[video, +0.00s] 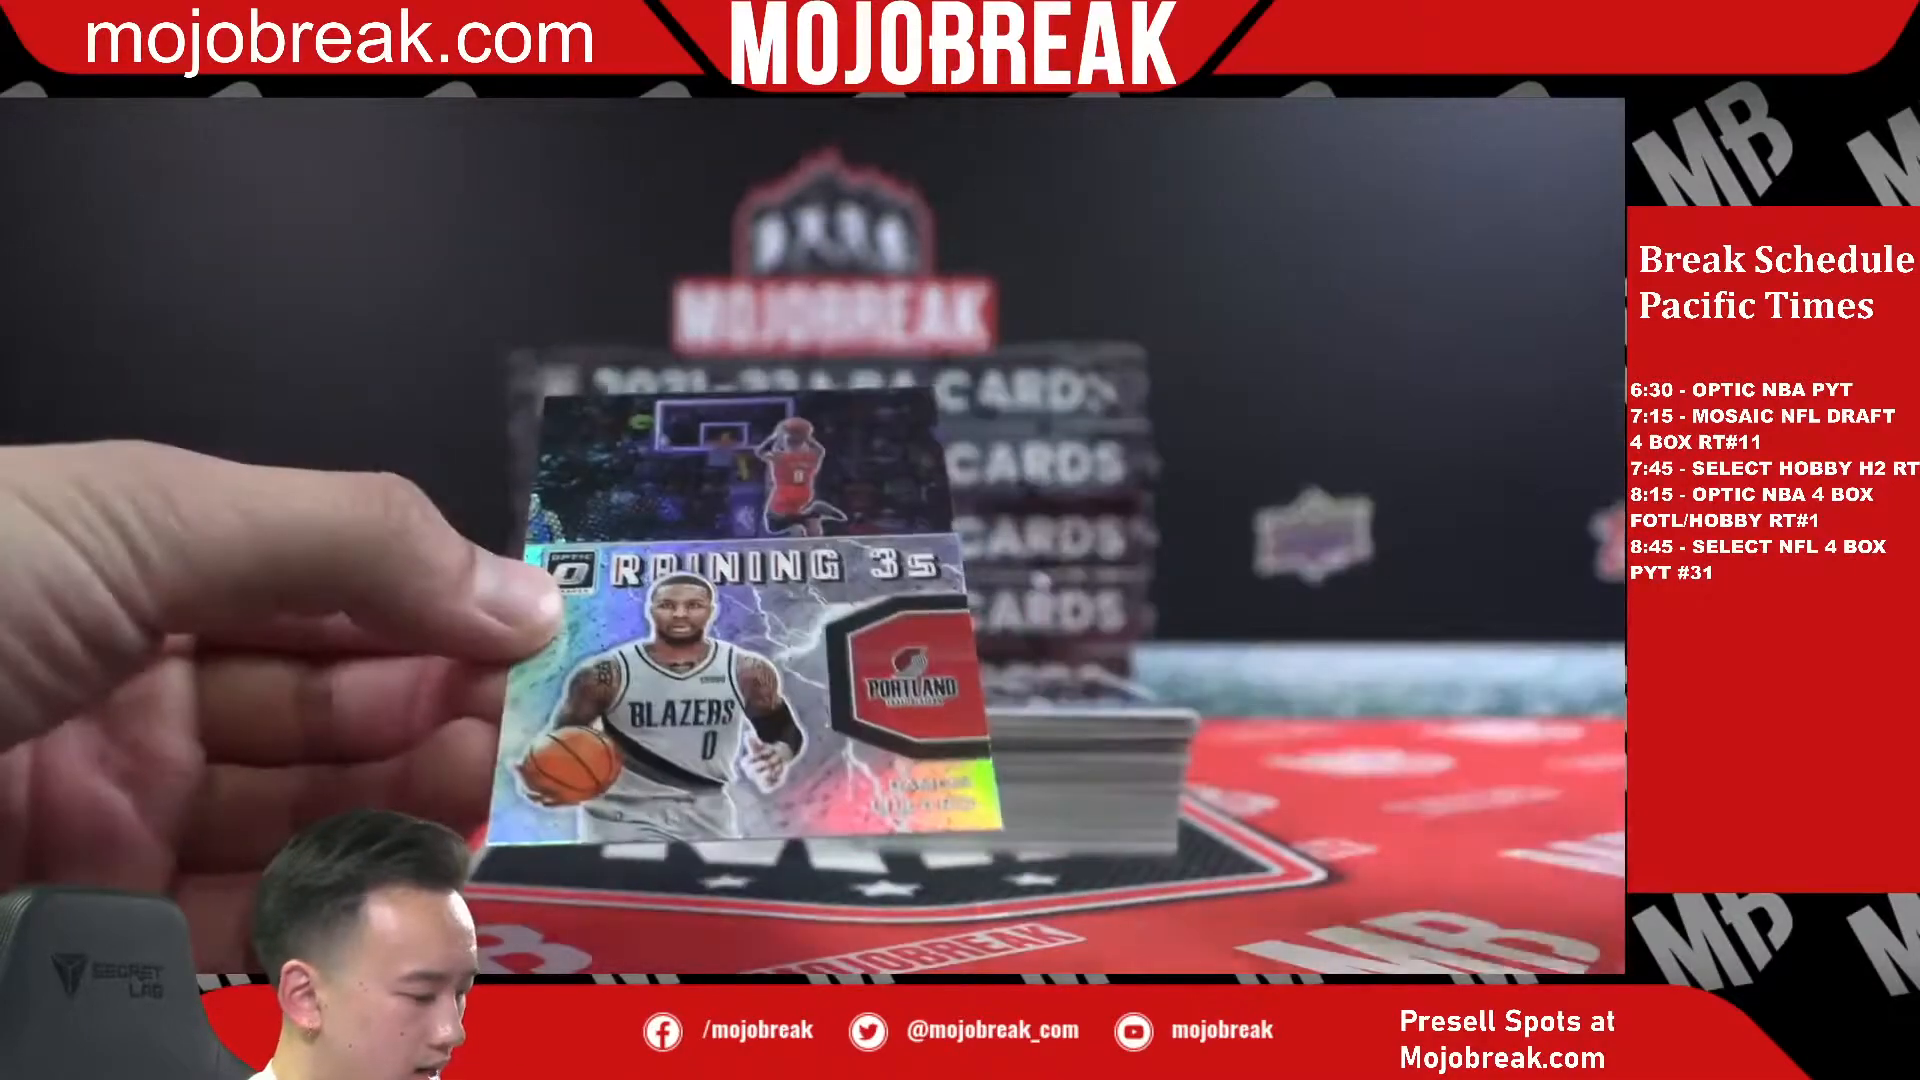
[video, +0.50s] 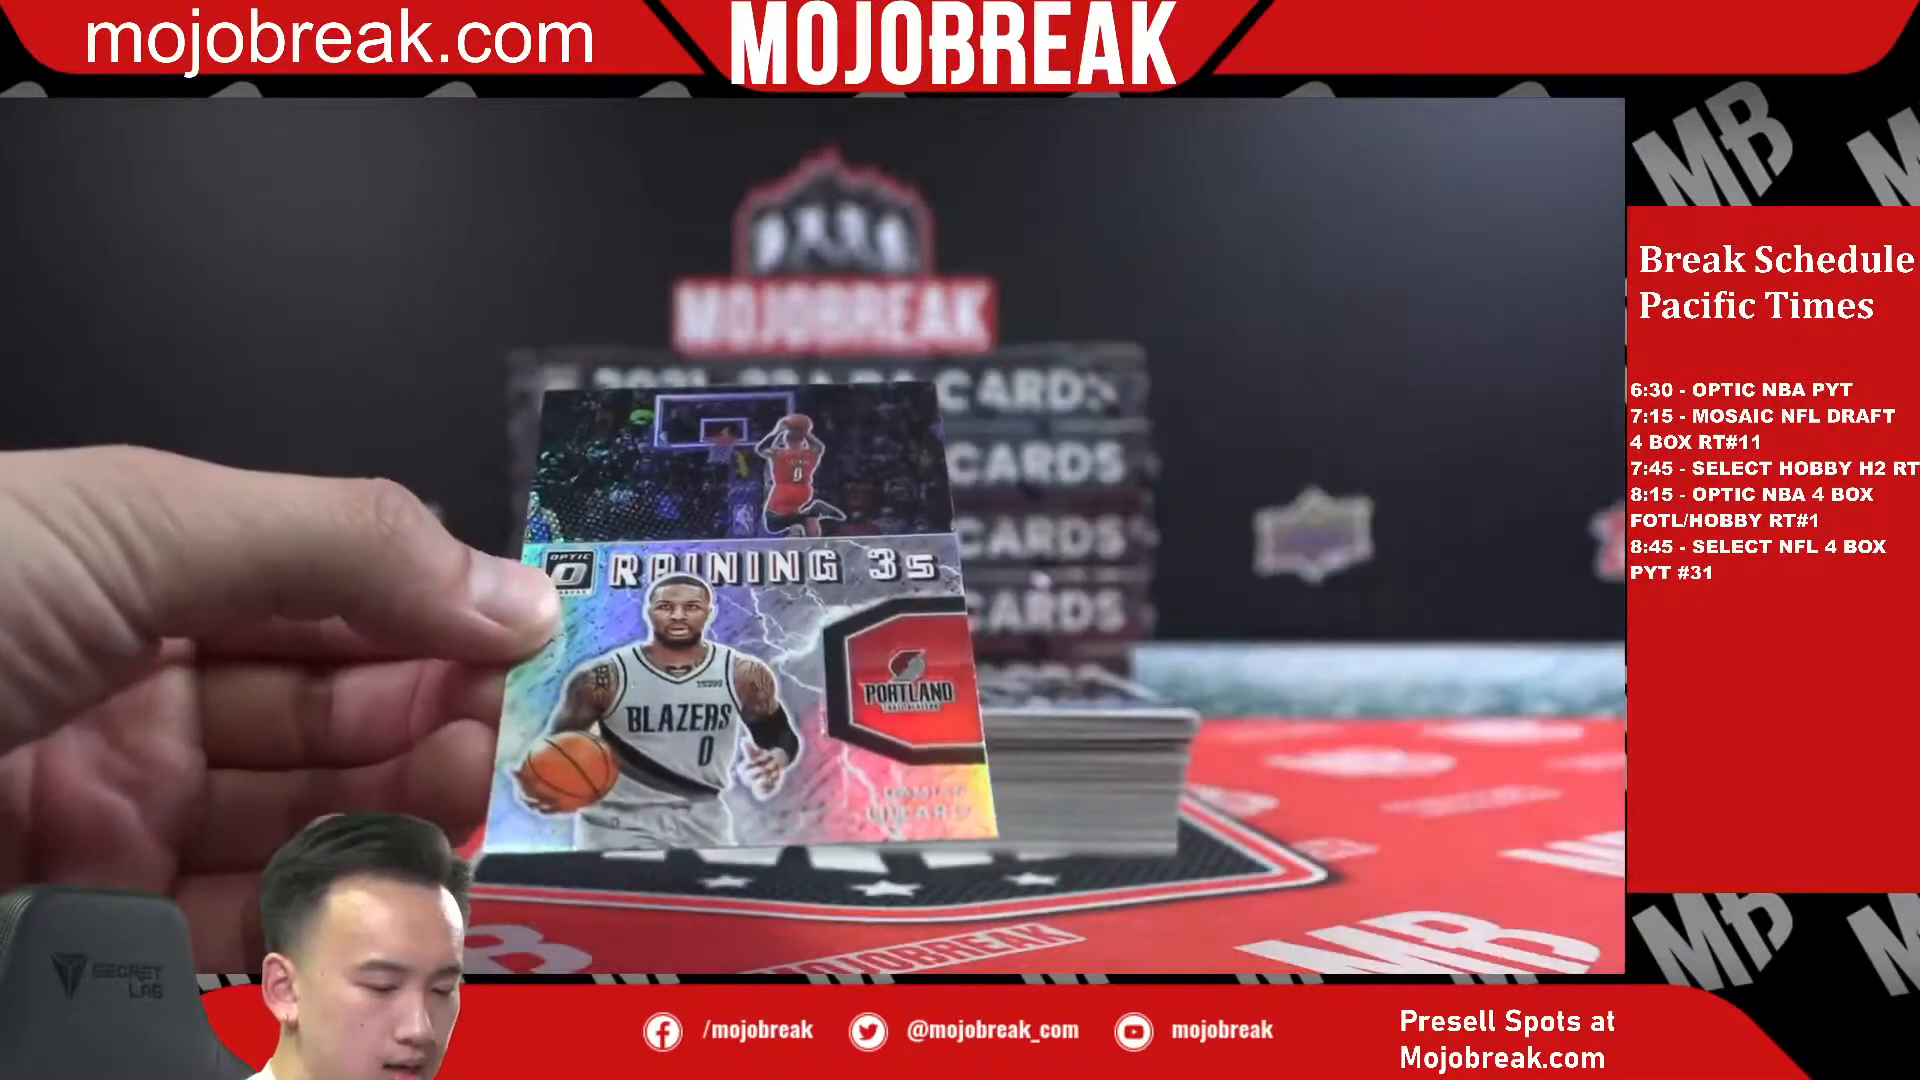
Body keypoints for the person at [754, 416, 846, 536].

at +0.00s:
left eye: (786, 437)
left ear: (786, 440)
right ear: (806, 440)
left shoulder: (777, 457)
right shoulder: (814, 457)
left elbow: (759, 452)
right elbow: (821, 450)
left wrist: (774, 436)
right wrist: (808, 437)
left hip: (782, 499)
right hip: (805, 500)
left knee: (772, 527)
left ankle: (795, 530)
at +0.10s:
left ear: (785, 444)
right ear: (803, 443)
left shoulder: (777, 457)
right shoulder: (812, 457)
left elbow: (759, 451)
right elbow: (820, 449)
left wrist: (775, 435)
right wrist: (806, 436)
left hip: (782, 493)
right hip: (803, 493)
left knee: (772, 525)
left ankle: (793, 528)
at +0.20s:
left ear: (786, 447)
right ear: (804, 447)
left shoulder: (778, 459)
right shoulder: (813, 459)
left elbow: (760, 454)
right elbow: (821, 452)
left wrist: (776, 437)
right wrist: (808, 439)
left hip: (783, 494)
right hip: (805, 494)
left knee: (772, 528)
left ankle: (792, 531)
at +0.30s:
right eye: (802, 443)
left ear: (784, 445)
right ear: (802, 445)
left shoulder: (776, 456)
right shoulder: (810, 457)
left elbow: (758, 451)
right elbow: (819, 449)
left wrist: (774, 435)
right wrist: (805, 436)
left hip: (781, 491)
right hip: (803, 492)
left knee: (770, 526)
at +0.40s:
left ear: (786, 443)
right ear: (804, 444)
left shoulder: (778, 455)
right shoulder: (813, 456)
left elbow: (760, 450)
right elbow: (821, 448)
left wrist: (776, 434)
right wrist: (808, 434)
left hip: (783, 491)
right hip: (805, 491)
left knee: (772, 526)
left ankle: (792, 530)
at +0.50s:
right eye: (804, 442)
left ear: (785, 442)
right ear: (803, 443)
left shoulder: (777, 454)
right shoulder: (811, 455)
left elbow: (759, 449)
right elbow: (820, 447)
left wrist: (775, 432)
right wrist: (806, 433)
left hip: (782, 490)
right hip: (804, 491)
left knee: (771, 526)